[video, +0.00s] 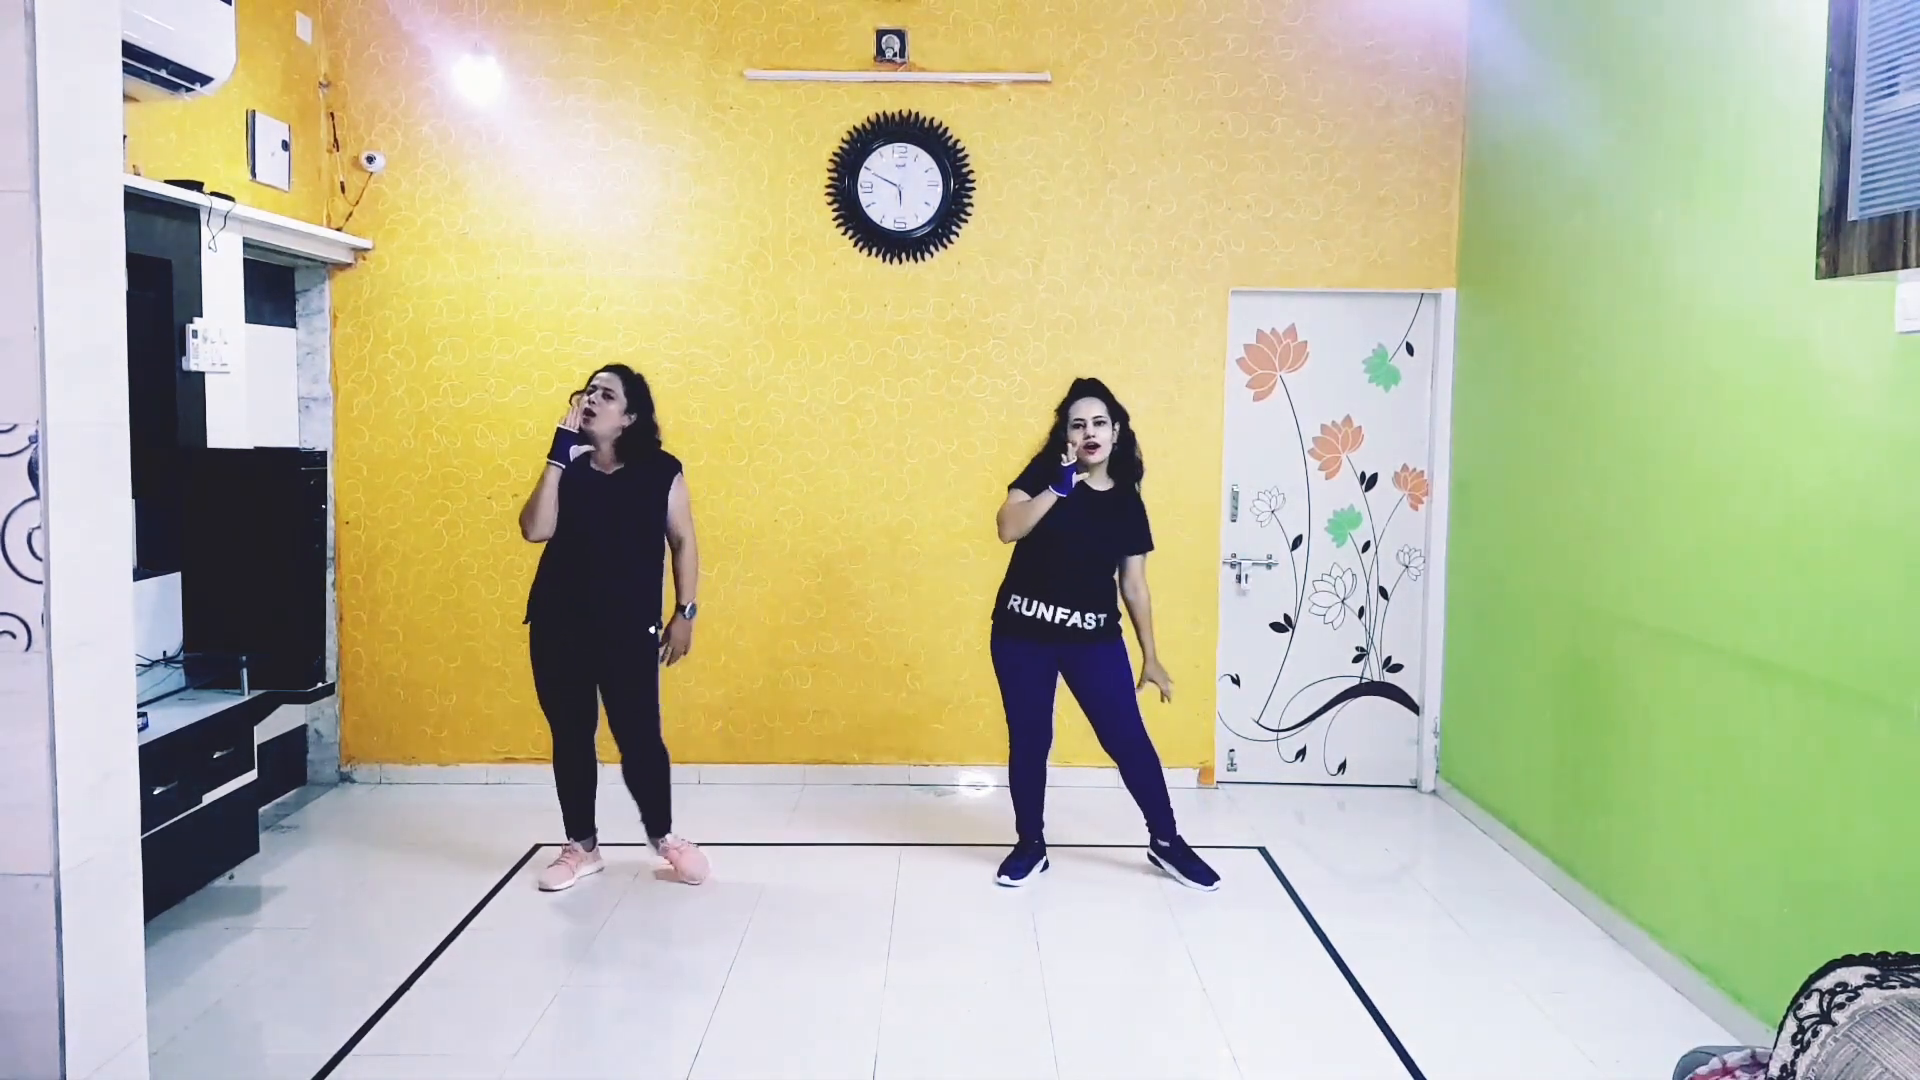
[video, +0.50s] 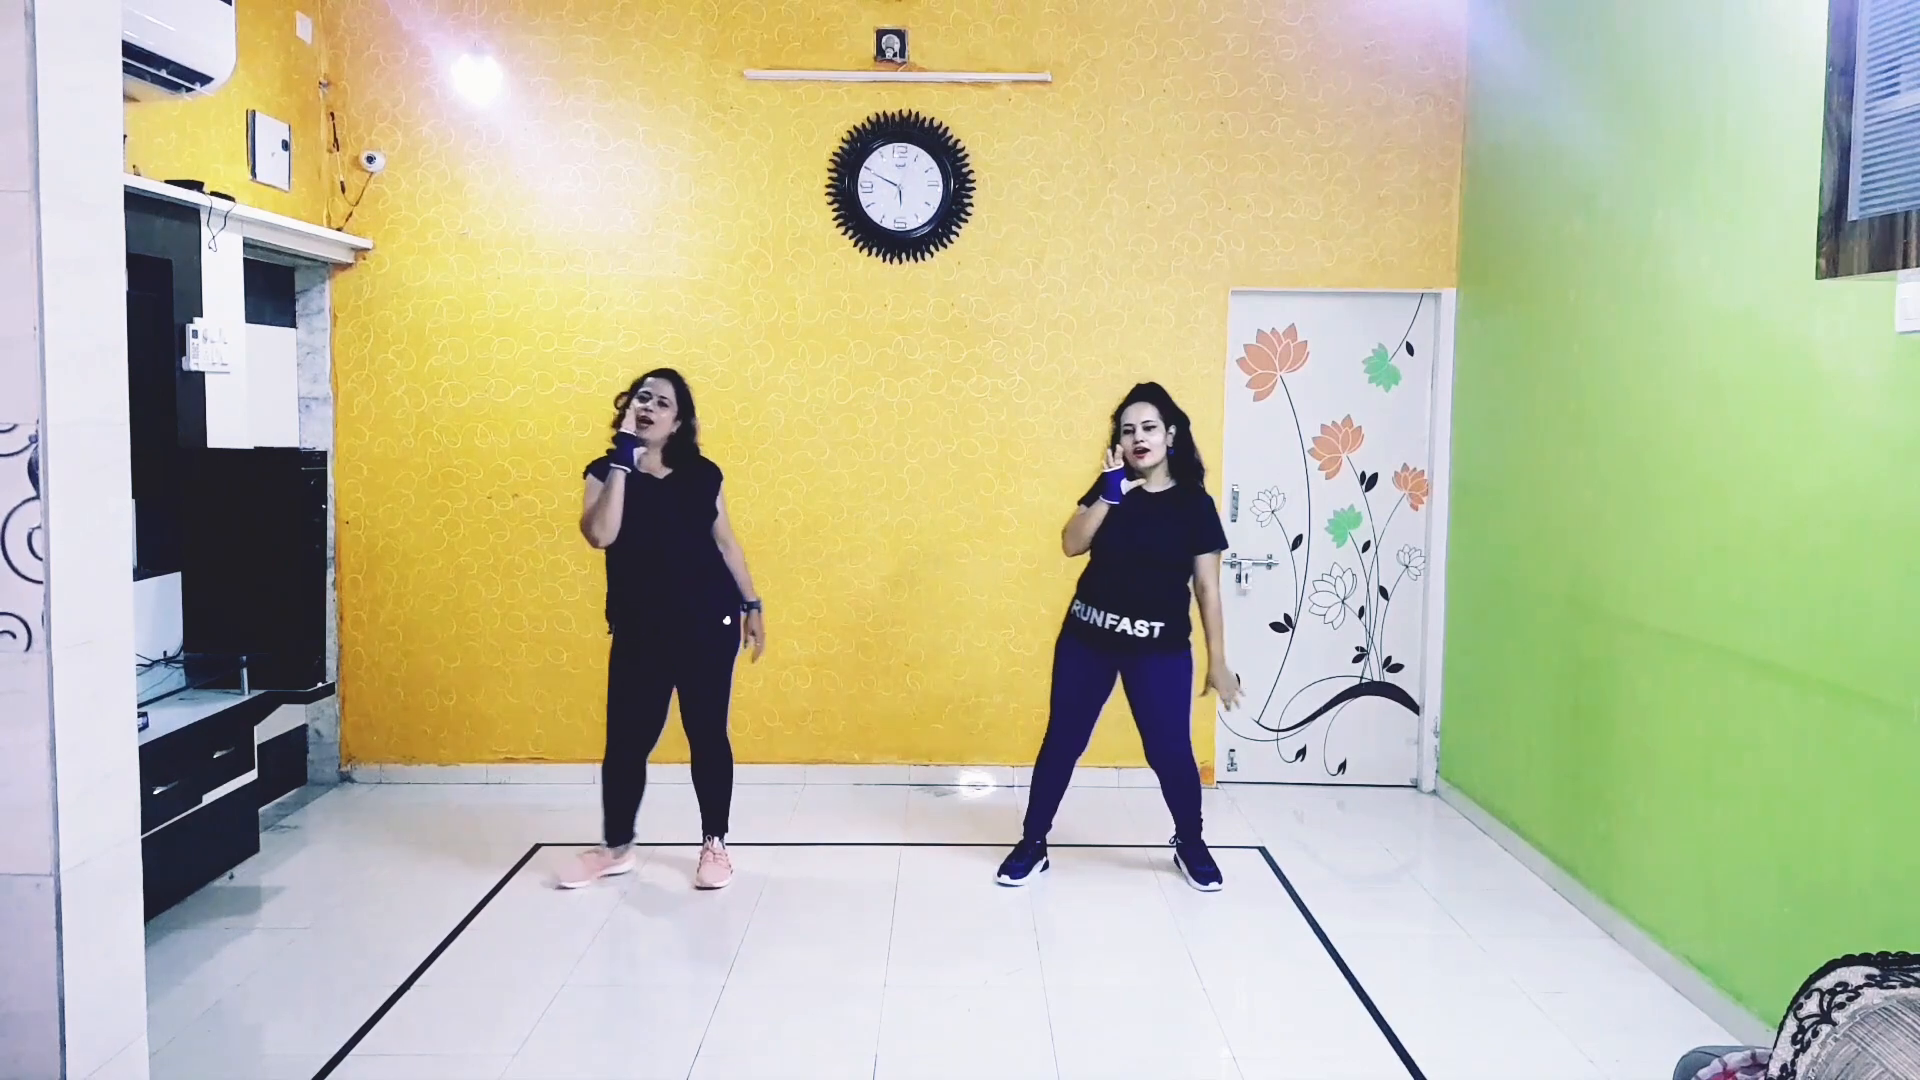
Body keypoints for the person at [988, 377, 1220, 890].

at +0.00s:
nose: (1089, 432)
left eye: (1100, 422)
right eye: (1078, 423)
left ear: (1117, 430)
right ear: (1064, 432)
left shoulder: (1126, 501)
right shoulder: (1043, 473)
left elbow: (1134, 584)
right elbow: (1007, 528)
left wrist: (1150, 656)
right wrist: (1062, 483)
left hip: (1093, 636)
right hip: (1023, 630)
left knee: (1129, 741)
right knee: (1028, 741)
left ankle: (1166, 839)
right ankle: (1030, 843)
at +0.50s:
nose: (1138, 437)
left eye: (1149, 426)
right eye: (1128, 429)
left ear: (1172, 433)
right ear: (1118, 439)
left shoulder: (1194, 505)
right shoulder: (1110, 488)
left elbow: (1207, 587)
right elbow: (1071, 544)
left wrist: (1218, 662)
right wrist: (1109, 489)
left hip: (1159, 648)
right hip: (1089, 637)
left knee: (1171, 753)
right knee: (1062, 743)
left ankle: (1191, 843)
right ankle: (1032, 842)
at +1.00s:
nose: (1151, 435)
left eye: (1161, 425)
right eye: (1140, 426)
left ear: (1181, 432)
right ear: (1129, 437)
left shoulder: (1211, 485)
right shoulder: (1125, 491)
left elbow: (1252, 560)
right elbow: (1101, 568)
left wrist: (1279, 627)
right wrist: (1132, 517)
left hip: (1206, 642)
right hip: (1134, 638)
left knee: (1202, 754)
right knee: (1090, 742)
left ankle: (1194, 844)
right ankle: (1043, 839)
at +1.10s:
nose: (1143, 435)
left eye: (1154, 426)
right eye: (1132, 426)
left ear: (1171, 436)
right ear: (1118, 436)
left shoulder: (1199, 484)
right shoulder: (1110, 499)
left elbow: (1254, 542)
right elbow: (1094, 578)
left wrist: (1296, 598)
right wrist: (1127, 552)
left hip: (1203, 642)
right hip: (1132, 641)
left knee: (1202, 753)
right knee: (1087, 743)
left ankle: (1195, 844)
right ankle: (1040, 839)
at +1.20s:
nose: (1137, 436)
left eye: (1147, 428)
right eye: (1127, 426)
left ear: (1158, 438)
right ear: (1106, 435)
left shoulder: (1181, 482)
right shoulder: (1092, 505)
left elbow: (1246, 516)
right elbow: (1082, 582)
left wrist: (1310, 543)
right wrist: (1111, 602)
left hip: (1197, 636)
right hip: (1126, 640)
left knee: (1200, 749)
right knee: (1084, 744)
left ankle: (1194, 844)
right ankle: (1034, 838)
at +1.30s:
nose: (1131, 439)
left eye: (1139, 432)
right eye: (1120, 428)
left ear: (1145, 441)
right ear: (1094, 432)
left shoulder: (1158, 487)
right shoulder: (1072, 508)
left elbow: (1227, 510)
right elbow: (1061, 585)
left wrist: (1305, 490)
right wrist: (1091, 630)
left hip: (1182, 637)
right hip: (1114, 643)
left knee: (1195, 746)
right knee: (1077, 748)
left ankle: (1194, 843)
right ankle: (1030, 840)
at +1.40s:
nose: (1120, 439)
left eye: (1127, 432)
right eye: (1109, 428)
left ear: (1133, 440)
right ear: (1082, 432)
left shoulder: (1136, 491)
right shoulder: (1054, 504)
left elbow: (1195, 521)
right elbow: (1040, 580)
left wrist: (1243, 472)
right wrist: (1068, 640)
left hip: (1163, 639)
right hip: (1096, 645)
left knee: (1184, 745)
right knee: (1069, 753)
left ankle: (1194, 844)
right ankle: (1029, 842)